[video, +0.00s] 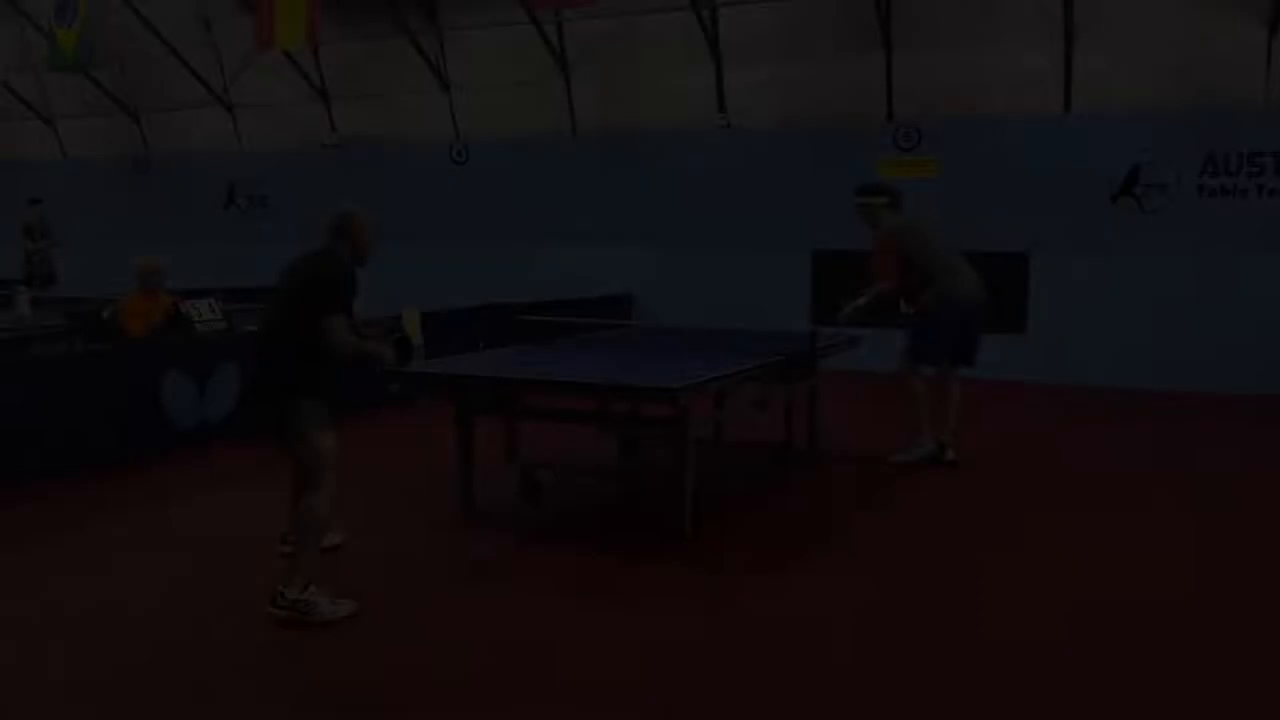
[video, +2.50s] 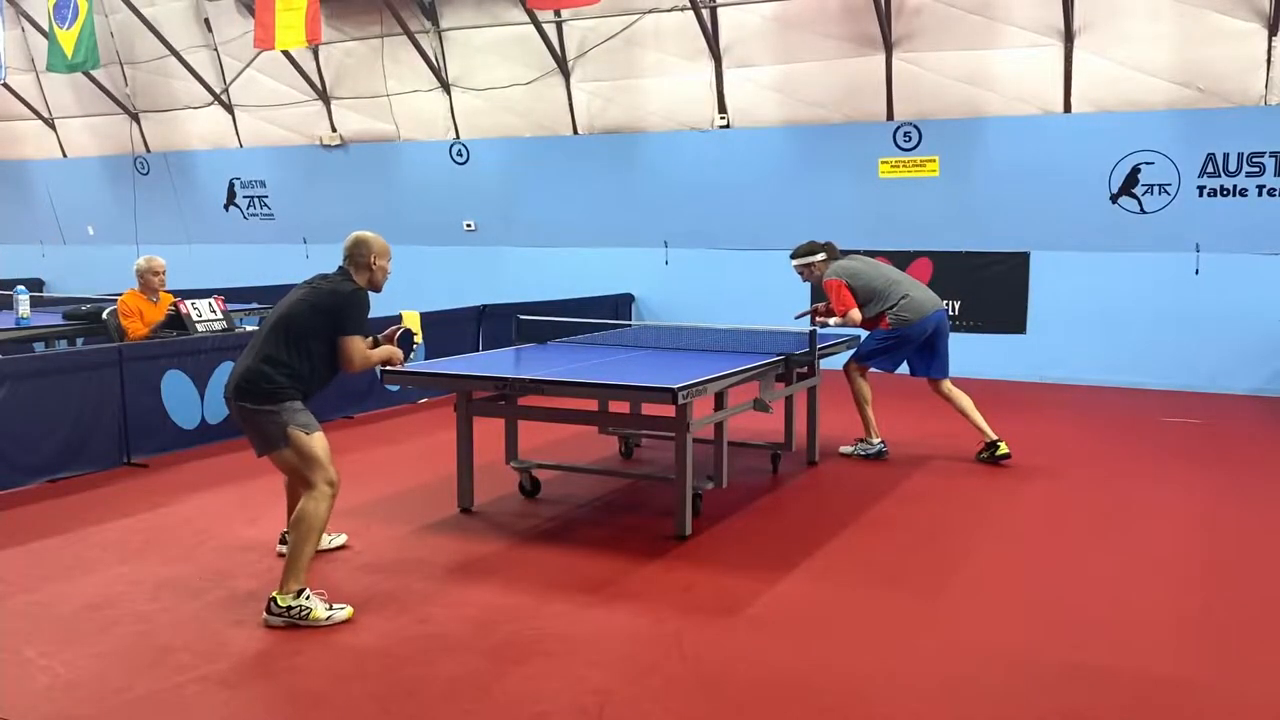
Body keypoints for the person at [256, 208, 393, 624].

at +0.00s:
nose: (369, 248)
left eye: (368, 239)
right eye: (365, 239)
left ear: (333, 234)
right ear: (353, 240)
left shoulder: (306, 269)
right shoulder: (336, 274)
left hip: (284, 384)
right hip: (306, 389)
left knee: (307, 471)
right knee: (318, 482)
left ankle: (303, 534)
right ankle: (298, 587)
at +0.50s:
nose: (384, 266)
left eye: (384, 258)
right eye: (382, 258)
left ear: (345, 255)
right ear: (368, 258)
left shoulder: (315, 279)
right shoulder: (351, 292)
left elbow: (319, 341)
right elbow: (355, 358)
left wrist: (366, 345)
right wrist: (385, 352)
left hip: (251, 388)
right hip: (277, 393)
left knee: (299, 463)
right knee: (328, 483)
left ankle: (298, 532)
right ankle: (291, 595)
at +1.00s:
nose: (387, 277)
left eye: (387, 270)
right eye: (385, 270)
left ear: (350, 270)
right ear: (370, 271)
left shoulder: (316, 291)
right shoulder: (355, 303)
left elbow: (325, 349)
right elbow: (359, 369)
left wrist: (371, 350)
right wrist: (385, 358)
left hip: (241, 392)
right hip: (268, 396)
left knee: (299, 463)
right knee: (330, 482)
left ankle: (296, 533)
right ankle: (289, 597)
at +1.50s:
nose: (390, 278)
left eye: (389, 271)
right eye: (387, 271)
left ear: (354, 270)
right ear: (371, 271)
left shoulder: (320, 291)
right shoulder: (353, 303)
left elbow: (329, 351)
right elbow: (356, 369)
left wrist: (372, 350)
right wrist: (385, 358)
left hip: (242, 390)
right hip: (266, 395)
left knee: (300, 464)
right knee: (329, 482)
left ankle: (297, 533)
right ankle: (289, 597)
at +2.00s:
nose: (391, 274)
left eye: (390, 267)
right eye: (388, 267)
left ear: (354, 266)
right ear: (373, 268)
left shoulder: (323, 289)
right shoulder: (351, 302)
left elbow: (333, 354)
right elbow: (353, 367)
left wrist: (374, 347)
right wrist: (386, 356)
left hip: (245, 390)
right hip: (269, 395)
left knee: (299, 470)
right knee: (324, 482)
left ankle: (298, 534)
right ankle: (288, 597)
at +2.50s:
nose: (389, 269)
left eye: (389, 263)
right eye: (387, 263)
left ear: (351, 262)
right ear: (372, 264)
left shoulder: (321, 285)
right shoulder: (351, 296)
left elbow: (332, 349)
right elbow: (353, 361)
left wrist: (372, 345)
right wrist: (386, 353)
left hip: (247, 389)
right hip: (270, 393)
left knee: (299, 466)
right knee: (324, 483)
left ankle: (297, 533)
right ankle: (289, 596)